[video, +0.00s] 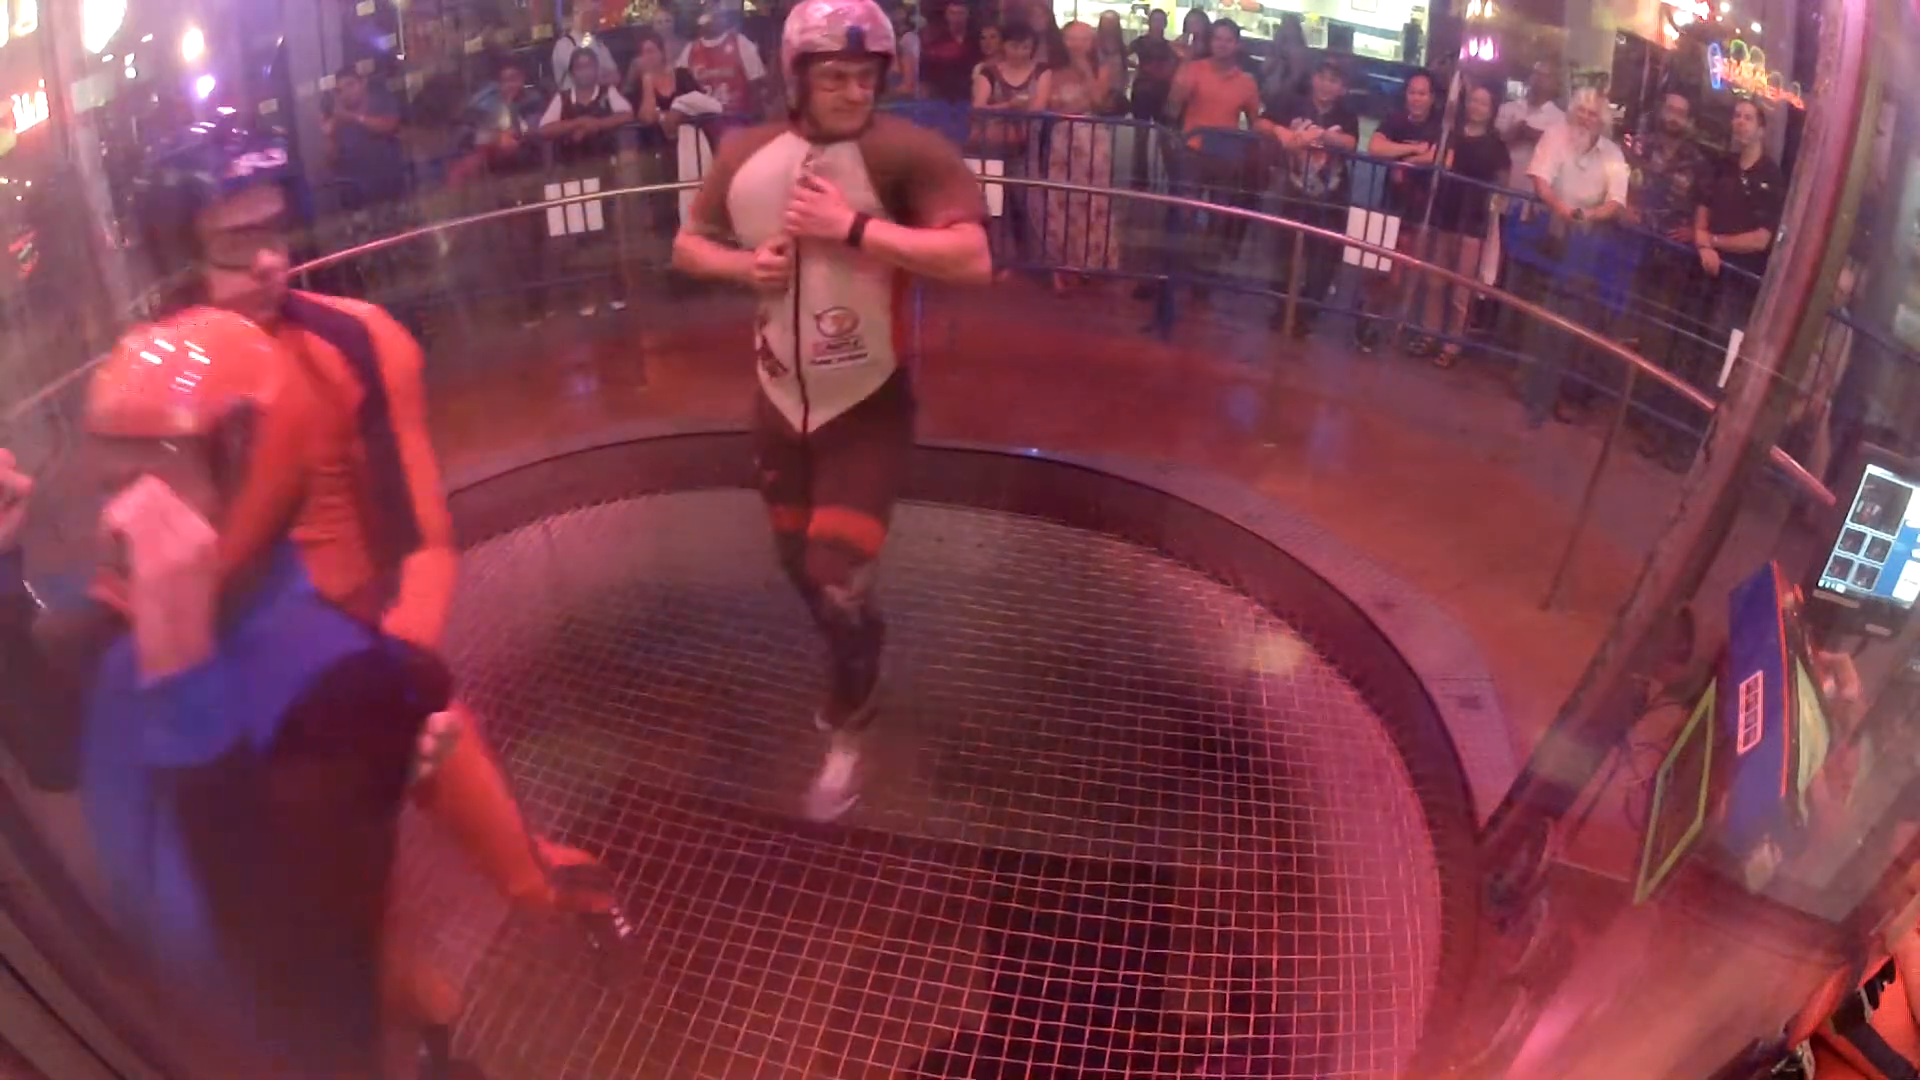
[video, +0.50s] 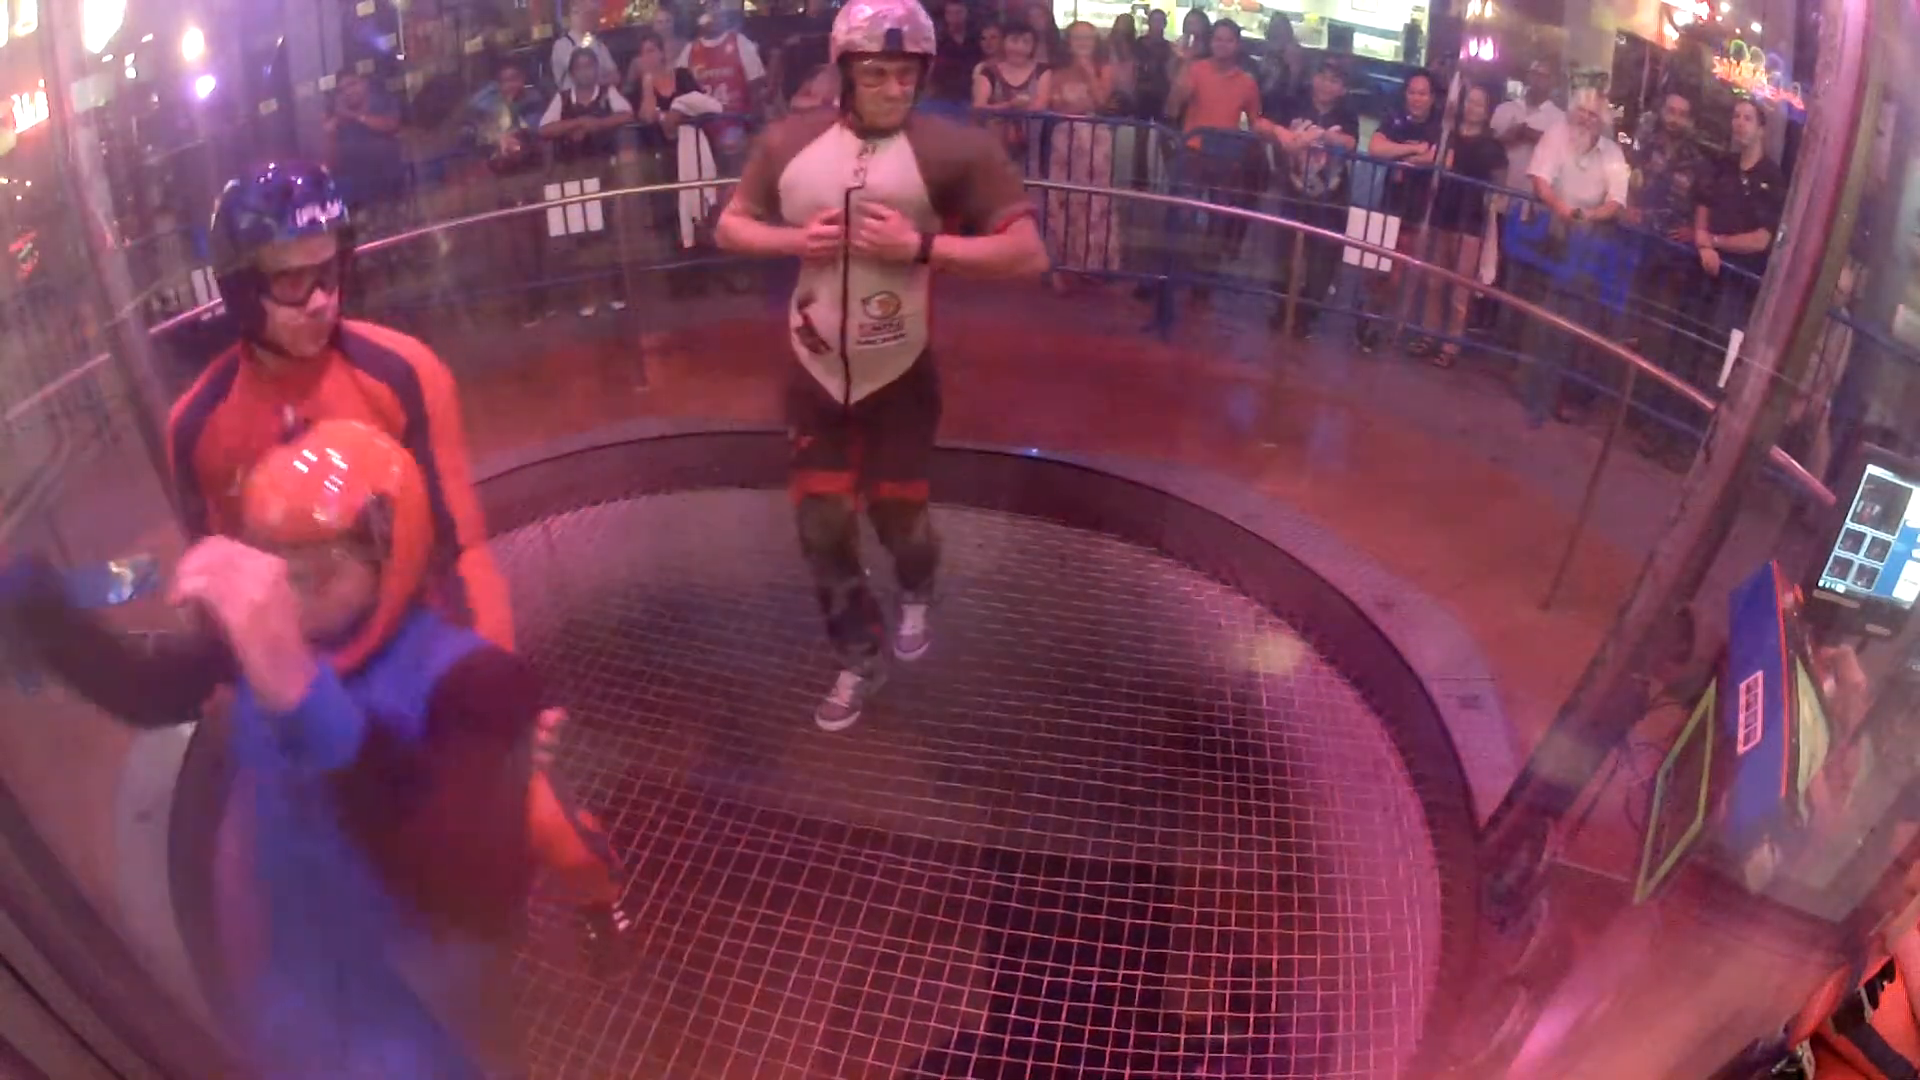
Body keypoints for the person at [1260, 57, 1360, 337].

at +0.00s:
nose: (1329, 87)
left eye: (1335, 82)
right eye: (1324, 79)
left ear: (1343, 88)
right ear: (1313, 79)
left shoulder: (1345, 113)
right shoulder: (1292, 103)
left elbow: (1351, 144)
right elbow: (1261, 123)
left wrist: (1322, 135)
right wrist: (1286, 135)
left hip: (1330, 196)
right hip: (1294, 189)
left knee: (1325, 255)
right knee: (1286, 248)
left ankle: (1307, 314)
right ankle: (1281, 306)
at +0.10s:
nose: (1332, 87)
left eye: (1338, 82)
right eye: (1328, 79)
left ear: (1344, 88)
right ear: (1314, 78)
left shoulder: (1345, 110)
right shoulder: (1291, 100)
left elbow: (1350, 144)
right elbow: (1261, 123)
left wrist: (1323, 135)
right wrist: (1286, 135)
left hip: (1331, 194)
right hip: (1294, 187)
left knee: (1324, 255)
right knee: (1287, 247)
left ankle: (1307, 316)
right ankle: (1281, 307)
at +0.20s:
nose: (1327, 86)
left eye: (1335, 82)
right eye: (1324, 79)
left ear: (1343, 87)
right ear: (1313, 78)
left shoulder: (1345, 110)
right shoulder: (1292, 100)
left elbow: (1351, 144)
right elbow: (1262, 123)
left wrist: (1329, 136)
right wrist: (1288, 137)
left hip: (1331, 190)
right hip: (1294, 184)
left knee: (1325, 253)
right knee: (1287, 246)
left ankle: (1308, 314)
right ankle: (1281, 306)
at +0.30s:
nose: (1326, 85)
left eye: (1334, 81)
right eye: (1323, 78)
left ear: (1343, 88)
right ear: (1314, 78)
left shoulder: (1345, 110)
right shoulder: (1293, 100)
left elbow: (1351, 143)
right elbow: (1264, 124)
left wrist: (1328, 136)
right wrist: (1289, 137)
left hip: (1331, 191)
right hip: (1294, 185)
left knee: (1325, 253)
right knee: (1286, 246)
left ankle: (1308, 313)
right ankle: (1282, 305)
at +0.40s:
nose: (1326, 85)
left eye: (1333, 81)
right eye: (1323, 78)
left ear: (1343, 88)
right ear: (1313, 78)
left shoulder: (1345, 111)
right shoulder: (1293, 101)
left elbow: (1351, 144)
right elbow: (1262, 124)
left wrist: (1324, 136)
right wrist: (1288, 137)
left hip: (1331, 193)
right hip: (1294, 186)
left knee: (1324, 254)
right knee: (1286, 247)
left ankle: (1308, 313)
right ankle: (1282, 306)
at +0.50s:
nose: (1325, 85)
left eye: (1333, 81)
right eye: (1322, 78)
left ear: (1343, 90)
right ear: (1312, 79)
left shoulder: (1345, 114)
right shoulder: (1295, 107)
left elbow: (1350, 144)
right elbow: (1264, 126)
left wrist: (1323, 135)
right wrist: (1290, 138)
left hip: (1329, 195)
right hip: (1293, 189)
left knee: (1323, 256)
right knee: (1286, 248)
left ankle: (1307, 314)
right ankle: (1281, 306)